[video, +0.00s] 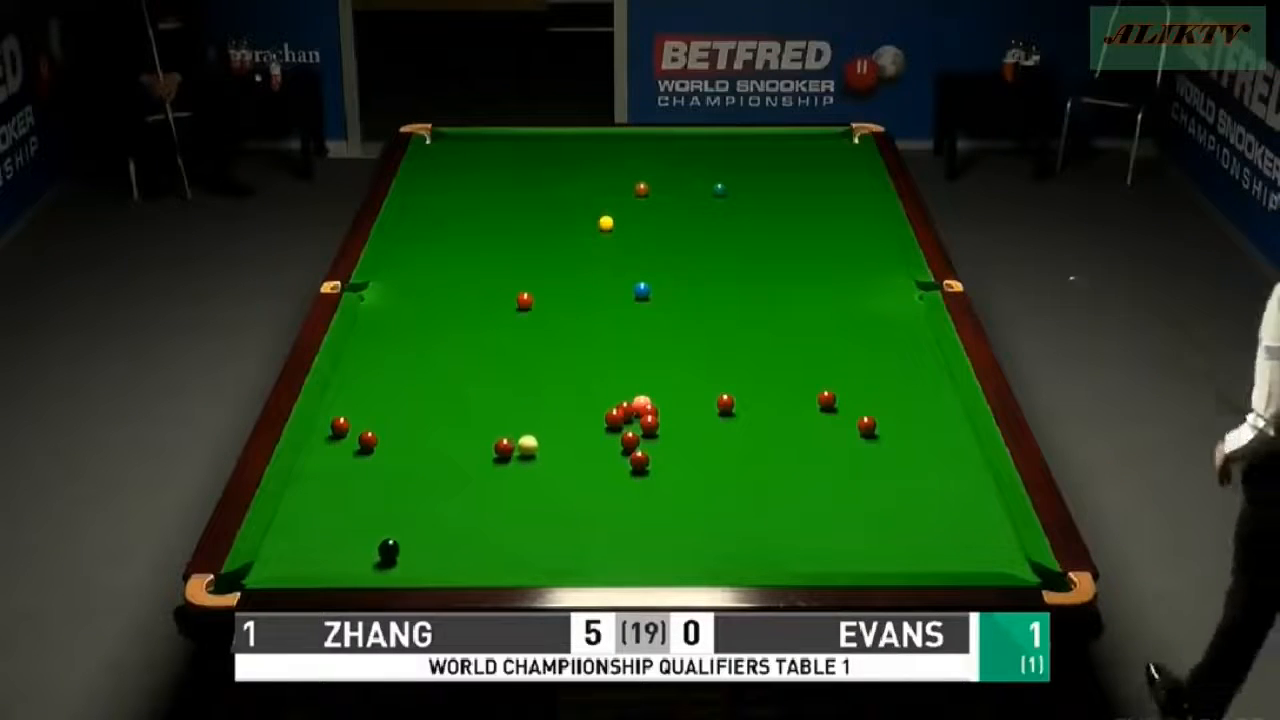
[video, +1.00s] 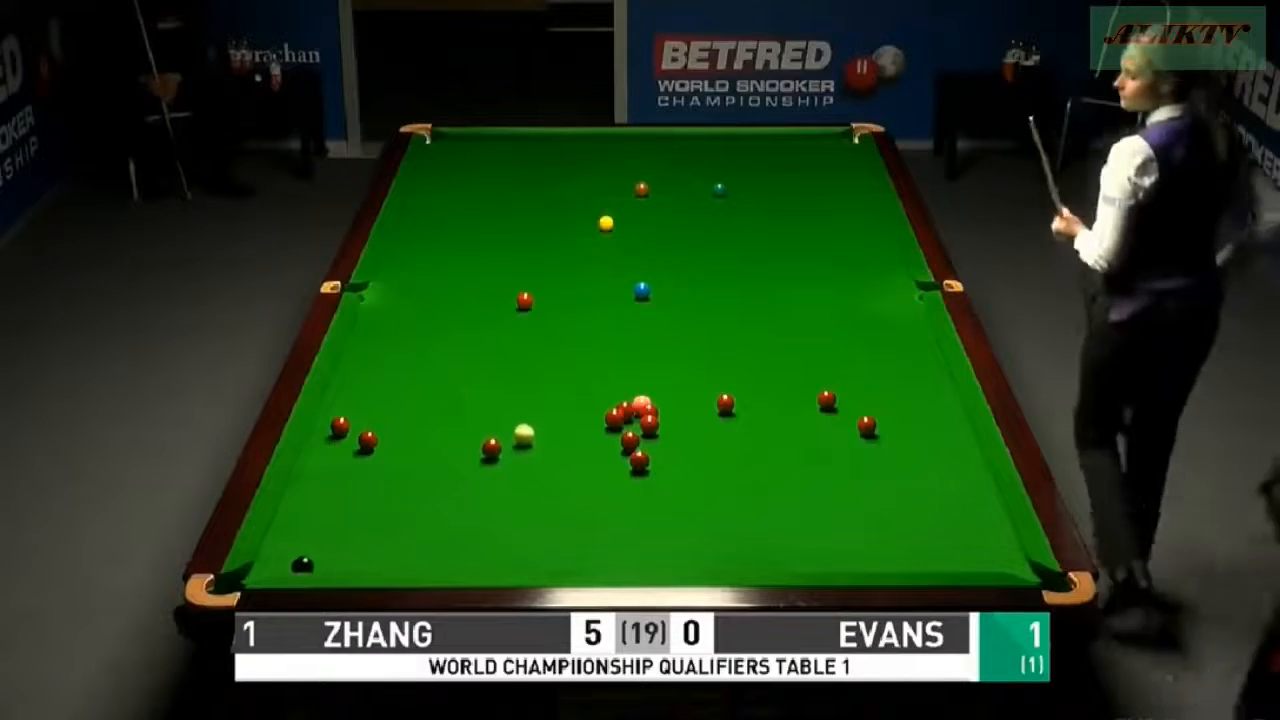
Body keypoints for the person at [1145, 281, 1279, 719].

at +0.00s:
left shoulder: (1277, 303)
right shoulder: (1274, 303)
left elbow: (1264, 421)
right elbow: (1263, 418)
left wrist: (1229, 448)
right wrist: (1233, 445)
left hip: (1274, 469)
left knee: (1252, 595)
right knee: (1254, 596)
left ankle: (1202, 699)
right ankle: (1201, 697)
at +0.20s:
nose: (1230, 170)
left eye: (1240, 162)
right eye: (1234, 158)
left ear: (1269, 176)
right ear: (1269, 176)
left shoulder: (1249, 268)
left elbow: (1234, 393)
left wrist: (1198, 390)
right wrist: (1211, 384)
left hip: (1246, 451)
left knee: (1220, 587)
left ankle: (1197, 700)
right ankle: (1198, 695)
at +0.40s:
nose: (1192, 144)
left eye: (1203, 137)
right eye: (1196, 132)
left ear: (1237, 149)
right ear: (1252, 148)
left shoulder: (1210, 236)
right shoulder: (1279, 216)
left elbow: (1181, 353)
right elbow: (1257, 324)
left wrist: (1142, 333)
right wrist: (1179, 328)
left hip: (1212, 424)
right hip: (1268, 415)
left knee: (1202, 562)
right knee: (1236, 546)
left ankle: (1195, 696)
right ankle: (1260, 685)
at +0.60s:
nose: (1164, 127)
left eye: (1175, 120)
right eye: (1169, 116)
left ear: (1208, 131)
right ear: (1223, 131)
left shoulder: (1176, 213)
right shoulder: (1255, 189)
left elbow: (1148, 324)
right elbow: (1240, 291)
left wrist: (1118, 300)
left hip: (1184, 396)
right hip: (1247, 385)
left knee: (1189, 536)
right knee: (1184, 502)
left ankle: (1197, 693)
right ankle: (1165, 607)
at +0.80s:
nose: (1138, 110)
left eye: (1149, 104)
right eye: (1142, 100)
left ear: (1180, 114)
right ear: (1200, 114)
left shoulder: (1152, 189)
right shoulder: (1241, 169)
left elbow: (1125, 294)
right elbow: (1267, 261)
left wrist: (1100, 270)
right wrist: (1231, 303)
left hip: (1154, 352)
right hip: (1220, 344)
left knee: (1156, 501)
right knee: (1154, 461)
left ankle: (1185, 669)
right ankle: (1126, 568)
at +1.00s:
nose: (1118, 83)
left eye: (1128, 75)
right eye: (1120, 72)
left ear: (1161, 83)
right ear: (1174, 82)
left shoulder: (1134, 153)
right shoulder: (1222, 138)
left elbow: (1104, 256)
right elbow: (1255, 220)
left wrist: (1074, 231)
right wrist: (1209, 261)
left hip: (1129, 316)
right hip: (1194, 312)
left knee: (1095, 432)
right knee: (1154, 439)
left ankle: (1124, 571)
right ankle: (1133, 574)